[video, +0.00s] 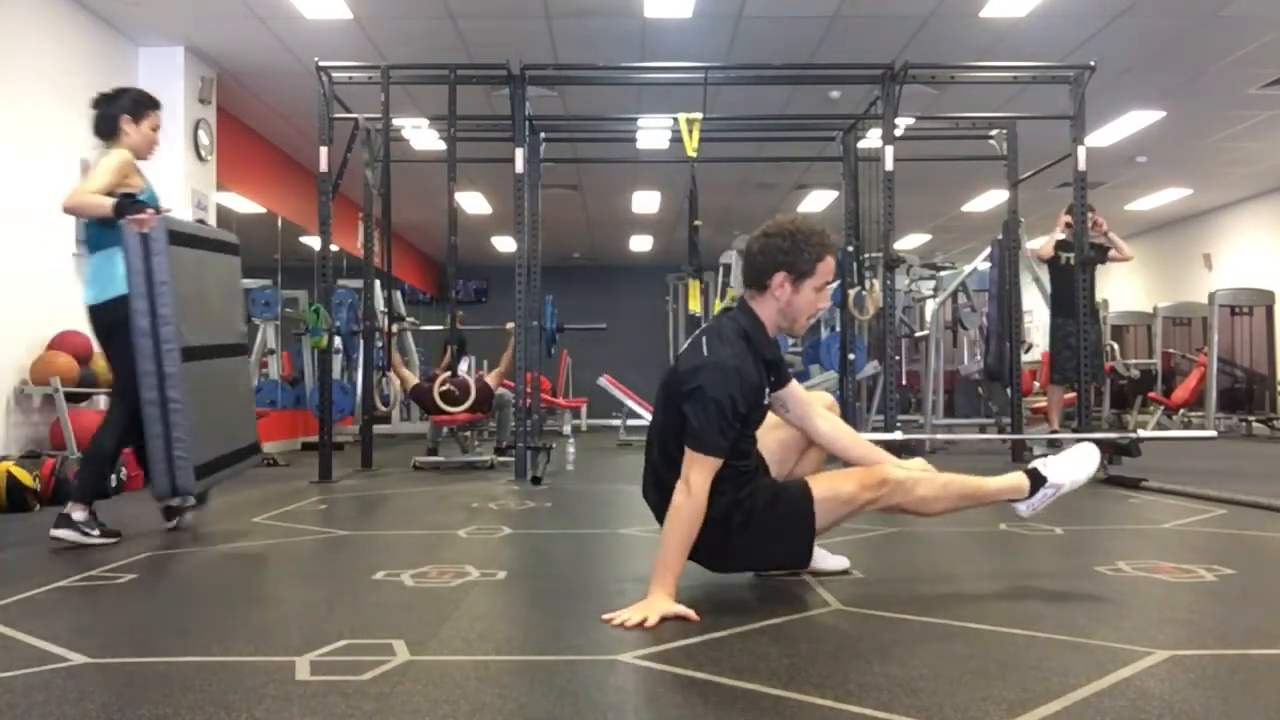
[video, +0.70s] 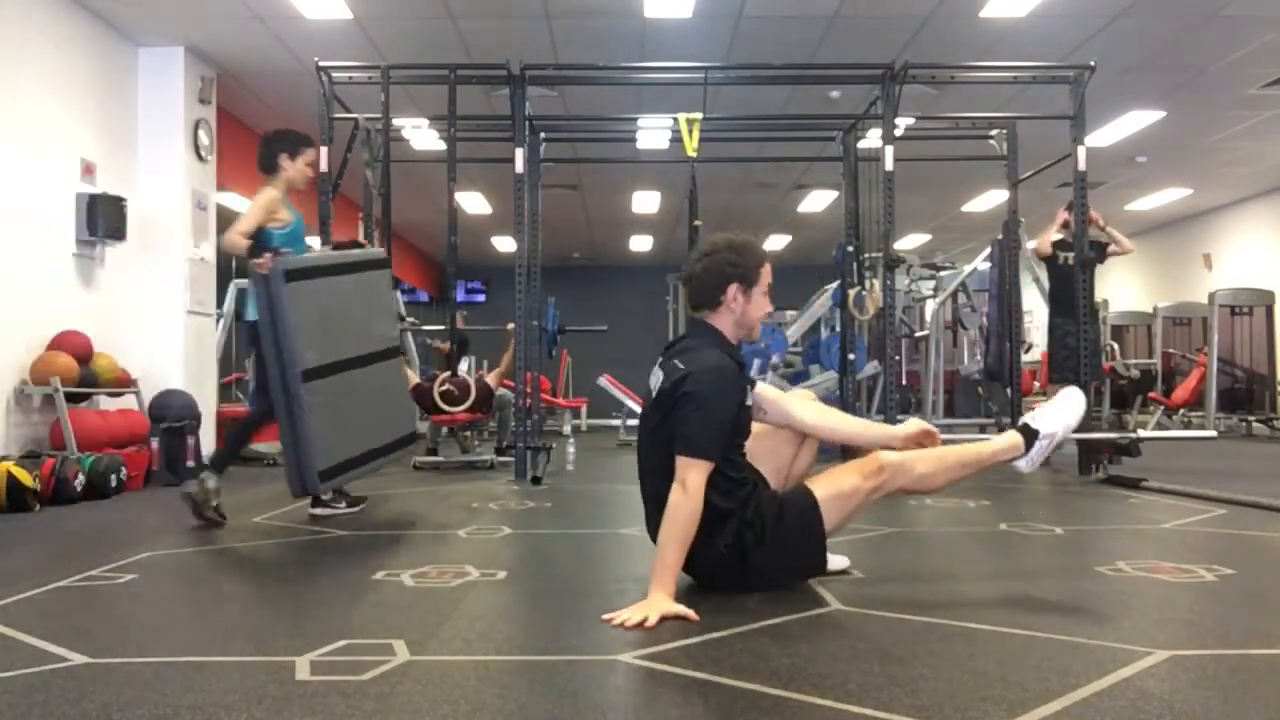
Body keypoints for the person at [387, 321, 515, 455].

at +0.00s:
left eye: (443, 383)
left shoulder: (428, 398)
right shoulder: (480, 396)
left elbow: (399, 370)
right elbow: (501, 370)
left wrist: (389, 338)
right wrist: (513, 337)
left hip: (438, 407)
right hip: (476, 405)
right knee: (505, 396)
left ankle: (432, 446)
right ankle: (502, 444)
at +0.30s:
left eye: (443, 382)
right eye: (445, 383)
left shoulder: (428, 400)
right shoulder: (480, 396)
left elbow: (400, 368)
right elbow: (502, 370)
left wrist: (392, 339)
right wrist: (513, 338)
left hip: (439, 407)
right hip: (476, 406)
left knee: (437, 410)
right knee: (506, 398)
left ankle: (433, 447)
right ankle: (502, 445)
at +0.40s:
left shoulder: (427, 399)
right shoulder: (480, 395)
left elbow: (400, 368)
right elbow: (502, 370)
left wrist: (391, 338)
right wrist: (513, 338)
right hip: (475, 406)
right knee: (506, 398)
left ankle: (432, 447)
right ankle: (502, 445)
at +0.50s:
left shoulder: (428, 399)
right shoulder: (480, 395)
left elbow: (401, 368)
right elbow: (502, 370)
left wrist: (391, 339)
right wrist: (513, 338)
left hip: (439, 407)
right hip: (476, 405)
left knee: (437, 410)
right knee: (506, 398)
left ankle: (432, 447)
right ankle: (502, 445)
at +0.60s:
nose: (447, 386)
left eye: (443, 385)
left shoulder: (428, 400)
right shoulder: (480, 397)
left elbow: (401, 368)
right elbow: (502, 370)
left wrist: (391, 340)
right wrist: (513, 338)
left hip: (439, 408)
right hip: (475, 407)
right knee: (506, 398)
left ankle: (432, 447)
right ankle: (502, 445)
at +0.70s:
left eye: (443, 383)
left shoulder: (428, 399)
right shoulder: (480, 396)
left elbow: (410, 376)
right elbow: (503, 370)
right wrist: (513, 338)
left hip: (439, 408)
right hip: (477, 406)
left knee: (435, 415)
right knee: (507, 399)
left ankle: (431, 448)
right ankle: (502, 445)